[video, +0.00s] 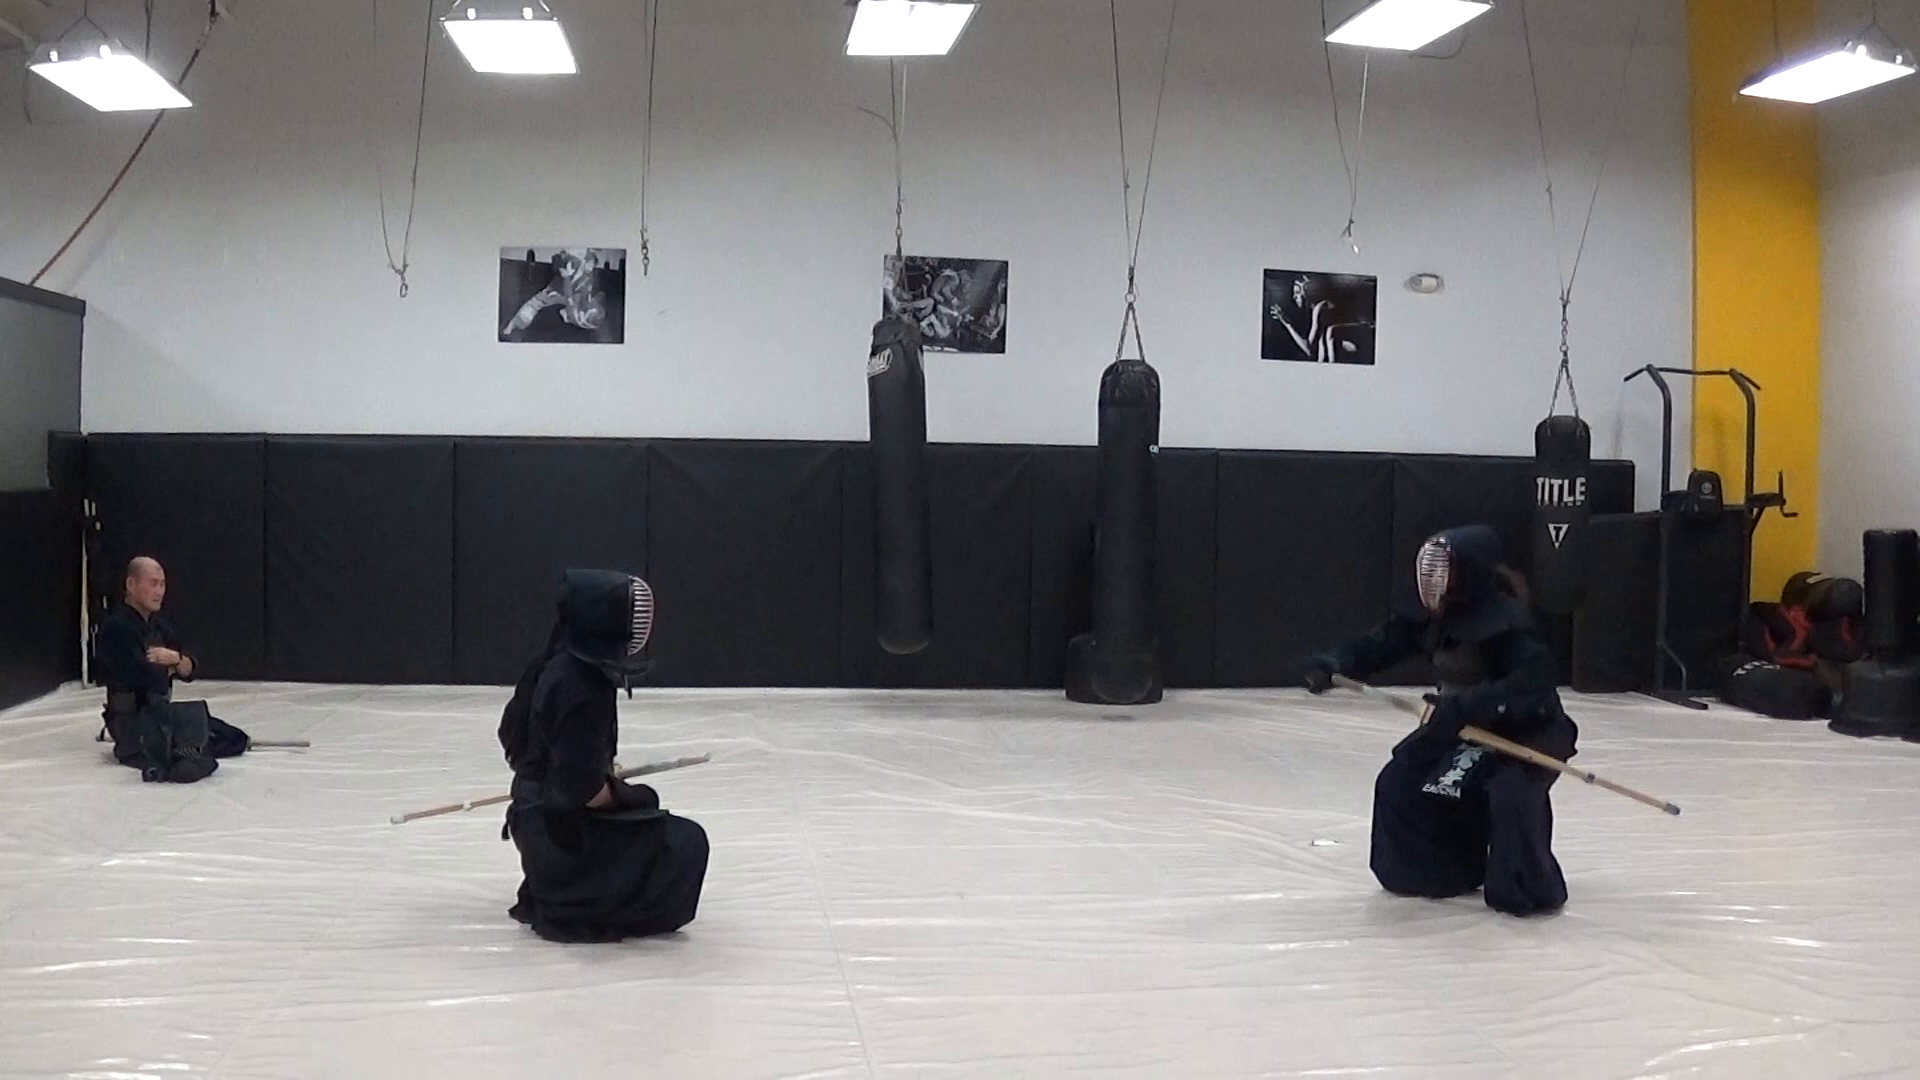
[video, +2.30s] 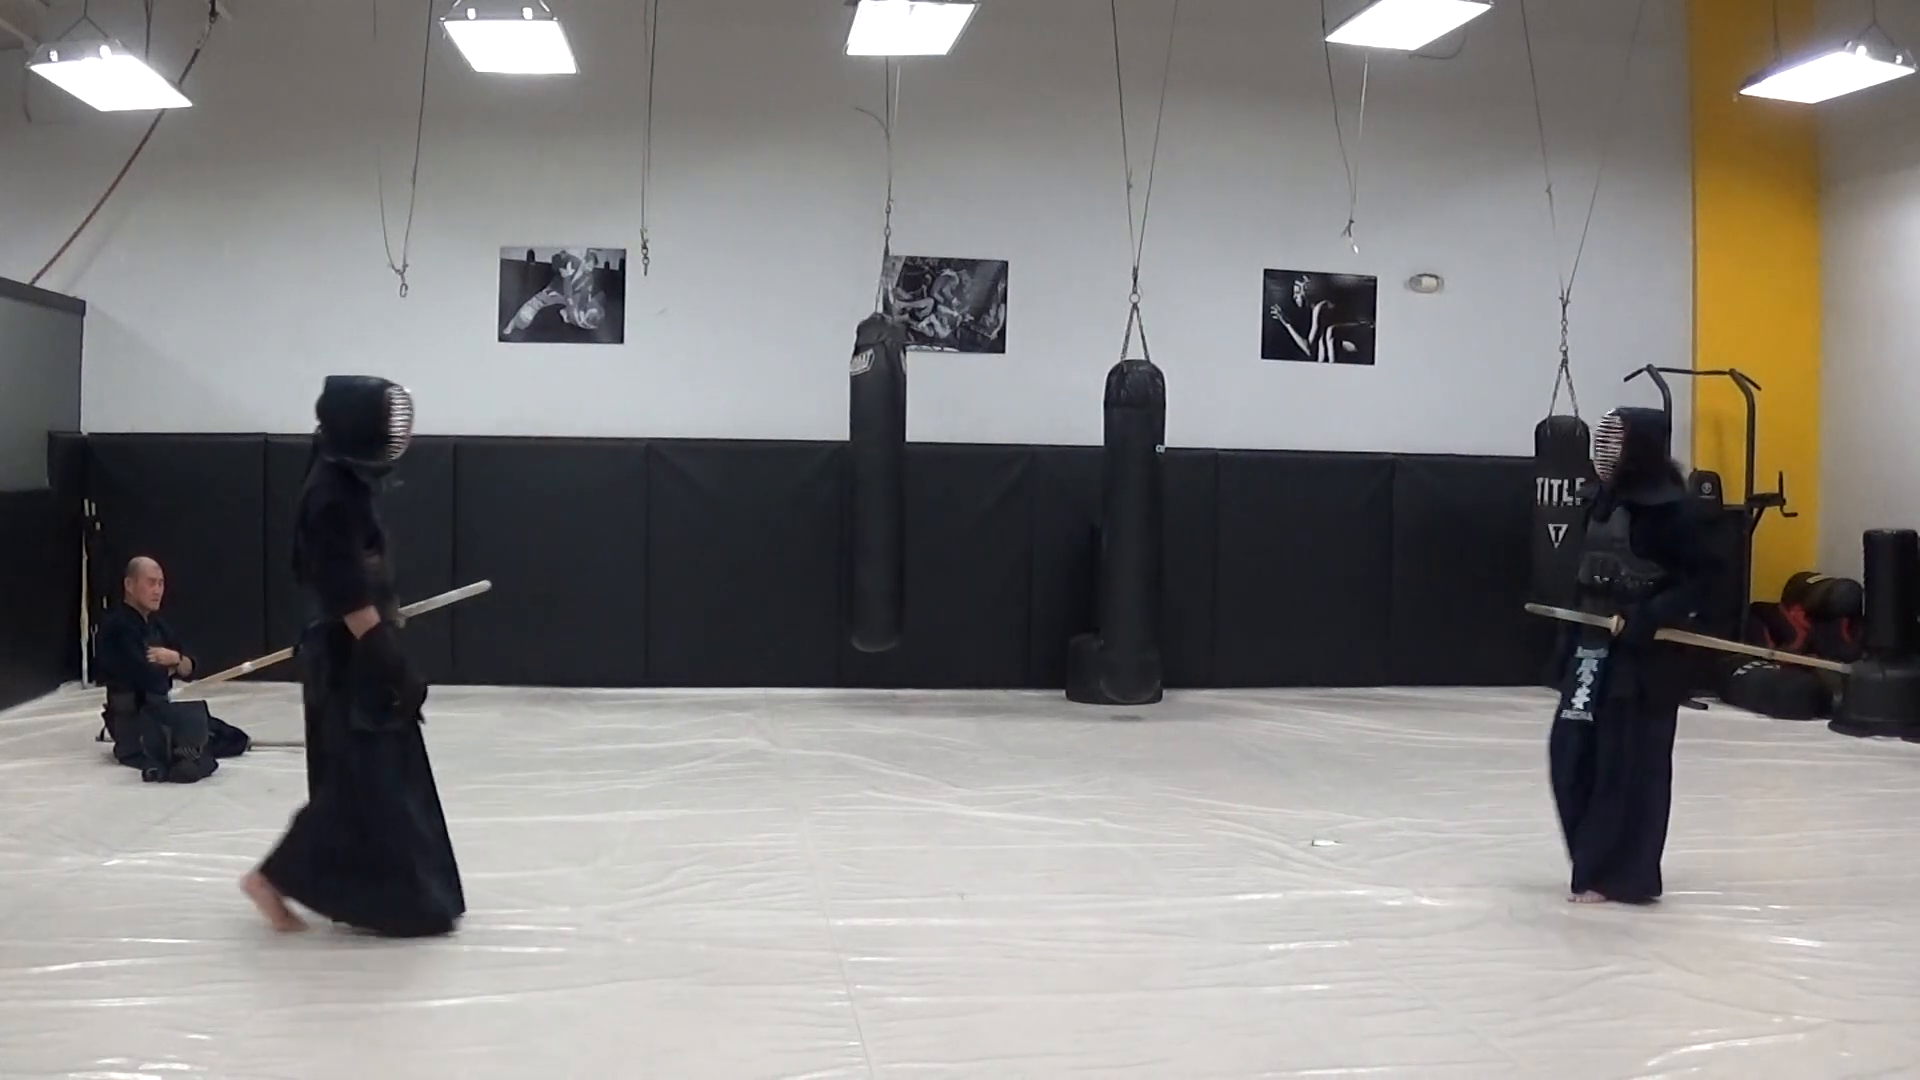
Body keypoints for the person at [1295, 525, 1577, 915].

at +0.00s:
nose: (1431, 587)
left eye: (1441, 576)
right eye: (1427, 575)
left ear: (1468, 578)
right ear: (1420, 573)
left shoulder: (1507, 619)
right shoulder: (1429, 621)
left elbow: (1534, 683)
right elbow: (1382, 647)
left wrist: (1463, 708)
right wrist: (1330, 661)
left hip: (1531, 730)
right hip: (1463, 727)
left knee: (1510, 789)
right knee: (1398, 783)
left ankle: (1527, 895)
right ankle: (1441, 875)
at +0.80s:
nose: (1436, 519)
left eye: (1447, 508)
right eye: (1433, 507)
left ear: (1473, 511)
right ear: (1428, 507)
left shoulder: (1514, 563)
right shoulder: (1434, 562)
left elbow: (1557, 622)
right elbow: (1381, 600)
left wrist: (1493, 656)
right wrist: (1325, 631)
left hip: (1521, 695)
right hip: (1460, 692)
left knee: (1505, 779)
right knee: (1416, 772)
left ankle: (1522, 886)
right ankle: (1442, 875)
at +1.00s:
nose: (1443, 465)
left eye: (1453, 455)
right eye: (1441, 454)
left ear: (1483, 459)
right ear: (1439, 457)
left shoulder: (1522, 516)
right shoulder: (1448, 516)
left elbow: (1572, 575)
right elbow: (1427, 587)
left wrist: (1506, 614)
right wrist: (1393, 640)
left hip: (1523, 666)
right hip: (1465, 663)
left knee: (1514, 778)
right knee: (1440, 768)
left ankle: (1521, 888)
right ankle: (1457, 875)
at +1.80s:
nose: (1508, 452)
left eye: (1520, 443)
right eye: (1507, 441)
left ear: (1548, 449)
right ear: (1504, 443)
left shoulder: (1579, 507)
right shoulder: (1508, 505)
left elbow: (1617, 576)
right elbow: (1491, 578)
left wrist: (1556, 609)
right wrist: (1471, 640)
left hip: (1554, 655)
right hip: (1500, 651)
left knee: (1546, 763)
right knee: (1477, 759)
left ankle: (1590, 863)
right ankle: (1477, 870)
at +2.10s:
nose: (1569, 456)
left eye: (1579, 446)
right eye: (1566, 445)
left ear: (1605, 450)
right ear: (1563, 448)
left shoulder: (1639, 509)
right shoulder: (1566, 505)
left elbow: (1674, 579)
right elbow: (1563, 576)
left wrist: (1616, 612)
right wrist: (1549, 631)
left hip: (1618, 656)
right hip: (1561, 648)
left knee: (1608, 763)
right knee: (1530, 752)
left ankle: (1606, 876)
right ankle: (1508, 864)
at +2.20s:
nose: (1583, 453)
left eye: (1593, 444)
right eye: (1583, 443)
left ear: (1620, 449)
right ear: (1587, 444)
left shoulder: (1655, 509)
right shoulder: (1586, 502)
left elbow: (1684, 582)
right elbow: (1575, 575)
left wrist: (1632, 611)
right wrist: (1559, 639)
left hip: (1630, 654)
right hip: (1576, 648)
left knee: (1616, 758)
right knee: (1551, 744)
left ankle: (1610, 874)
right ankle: (1554, 862)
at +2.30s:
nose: (1602, 452)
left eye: (1611, 443)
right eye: (1602, 442)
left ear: (1638, 449)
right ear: (1612, 444)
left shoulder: (1674, 510)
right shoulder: (1602, 504)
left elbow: (1702, 581)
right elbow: (1587, 578)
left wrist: (1647, 614)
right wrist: (1568, 646)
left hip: (1644, 654)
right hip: (1593, 648)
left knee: (1629, 757)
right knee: (1571, 747)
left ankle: (1626, 877)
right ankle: (1594, 868)